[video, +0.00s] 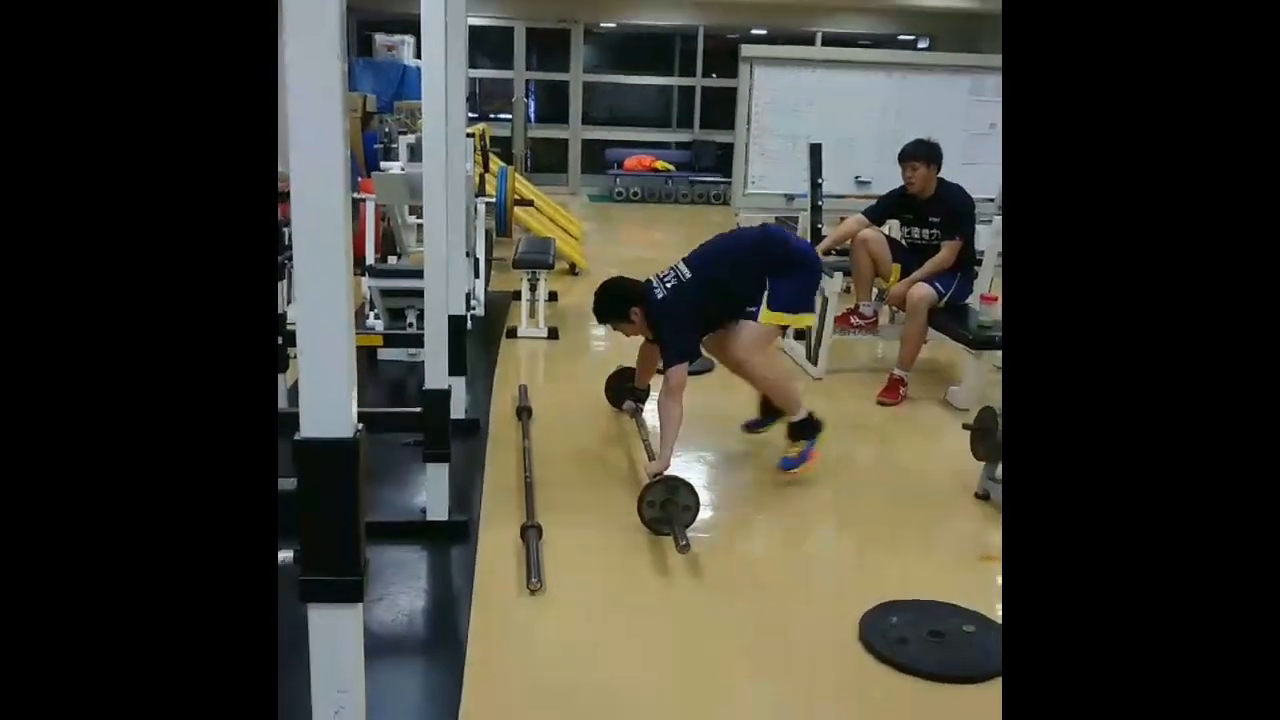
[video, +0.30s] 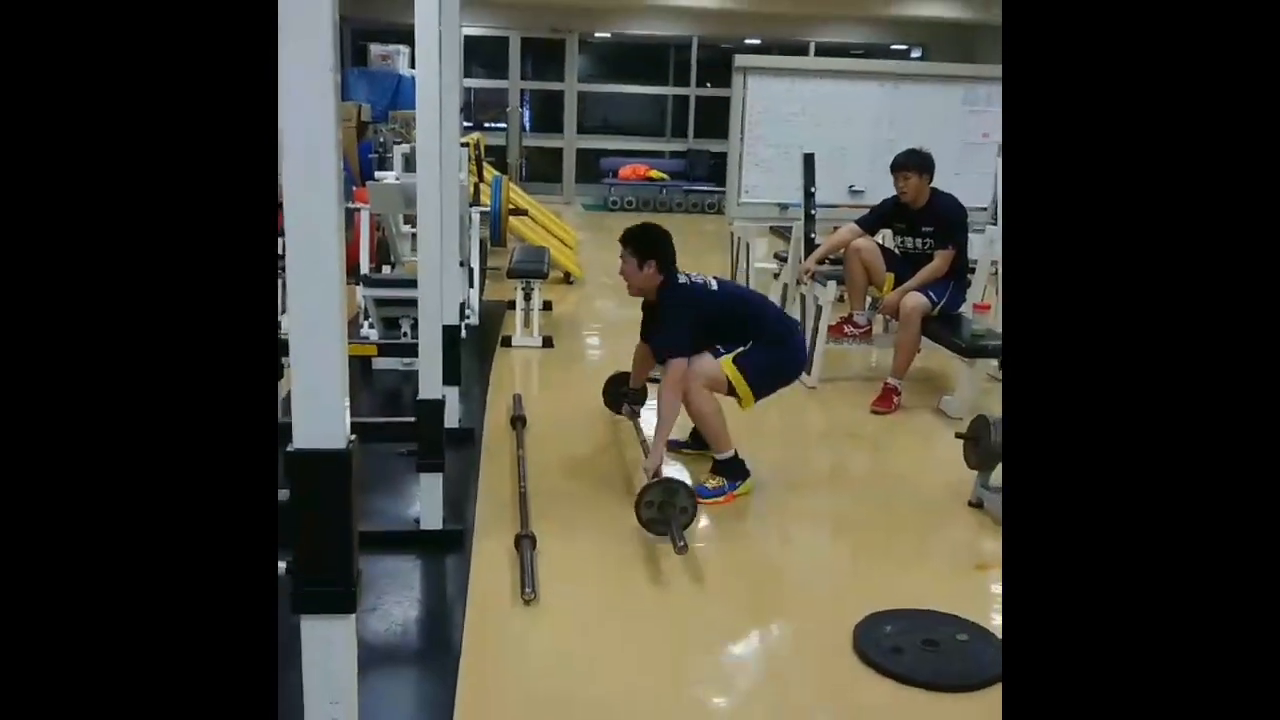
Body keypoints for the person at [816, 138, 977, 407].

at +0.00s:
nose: (907, 175)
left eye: (915, 169)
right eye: (904, 169)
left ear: (934, 170)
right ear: (901, 170)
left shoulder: (957, 199)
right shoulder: (899, 197)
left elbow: (947, 257)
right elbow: (858, 222)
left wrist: (906, 284)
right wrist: (819, 249)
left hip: (954, 273)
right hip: (914, 264)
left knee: (918, 295)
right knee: (864, 238)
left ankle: (899, 378)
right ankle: (864, 314)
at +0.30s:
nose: (900, 185)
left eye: (906, 178)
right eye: (896, 179)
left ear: (926, 179)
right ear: (893, 179)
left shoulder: (950, 209)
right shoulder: (892, 207)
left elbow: (941, 265)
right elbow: (851, 233)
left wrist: (899, 293)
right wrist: (813, 259)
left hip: (946, 281)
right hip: (906, 272)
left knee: (910, 304)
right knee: (858, 247)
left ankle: (892, 386)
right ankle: (858, 323)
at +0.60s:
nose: (895, 192)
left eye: (902, 185)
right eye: (892, 185)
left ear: (921, 186)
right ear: (888, 186)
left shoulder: (944, 216)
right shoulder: (887, 214)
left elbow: (935, 272)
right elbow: (847, 239)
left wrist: (894, 299)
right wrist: (812, 262)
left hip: (940, 288)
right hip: (901, 279)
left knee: (905, 311)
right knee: (852, 254)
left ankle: (888, 393)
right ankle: (853, 328)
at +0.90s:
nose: (891, 197)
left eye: (899, 190)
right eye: (888, 191)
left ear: (917, 192)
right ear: (884, 192)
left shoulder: (939, 222)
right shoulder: (882, 220)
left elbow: (930, 279)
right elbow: (841, 246)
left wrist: (889, 307)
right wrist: (805, 271)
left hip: (933, 294)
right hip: (894, 287)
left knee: (900, 318)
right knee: (848, 260)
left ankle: (883, 398)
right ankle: (849, 336)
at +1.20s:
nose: (890, 201)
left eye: (897, 194)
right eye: (887, 194)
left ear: (916, 197)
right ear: (883, 196)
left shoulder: (938, 228)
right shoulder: (881, 225)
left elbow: (929, 284)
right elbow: (839, 251)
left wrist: (887, 311)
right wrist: (803, 276)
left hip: (933, 299)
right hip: (893, 290)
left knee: (899, 322)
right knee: (847, 266)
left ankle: (882, 403)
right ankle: (848, 340)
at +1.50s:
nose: (892, 202)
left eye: (899, 196)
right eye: (888, 196)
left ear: (917, 199)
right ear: (884, 198)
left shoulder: (939, 229)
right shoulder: (881, 227)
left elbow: (930, 285)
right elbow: (841, 253)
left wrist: (888, 314)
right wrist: (804, 278)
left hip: (934, 301)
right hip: (894, 293)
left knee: (900, 324)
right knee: (847, 268)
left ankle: (883, 405)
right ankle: (849, 342)